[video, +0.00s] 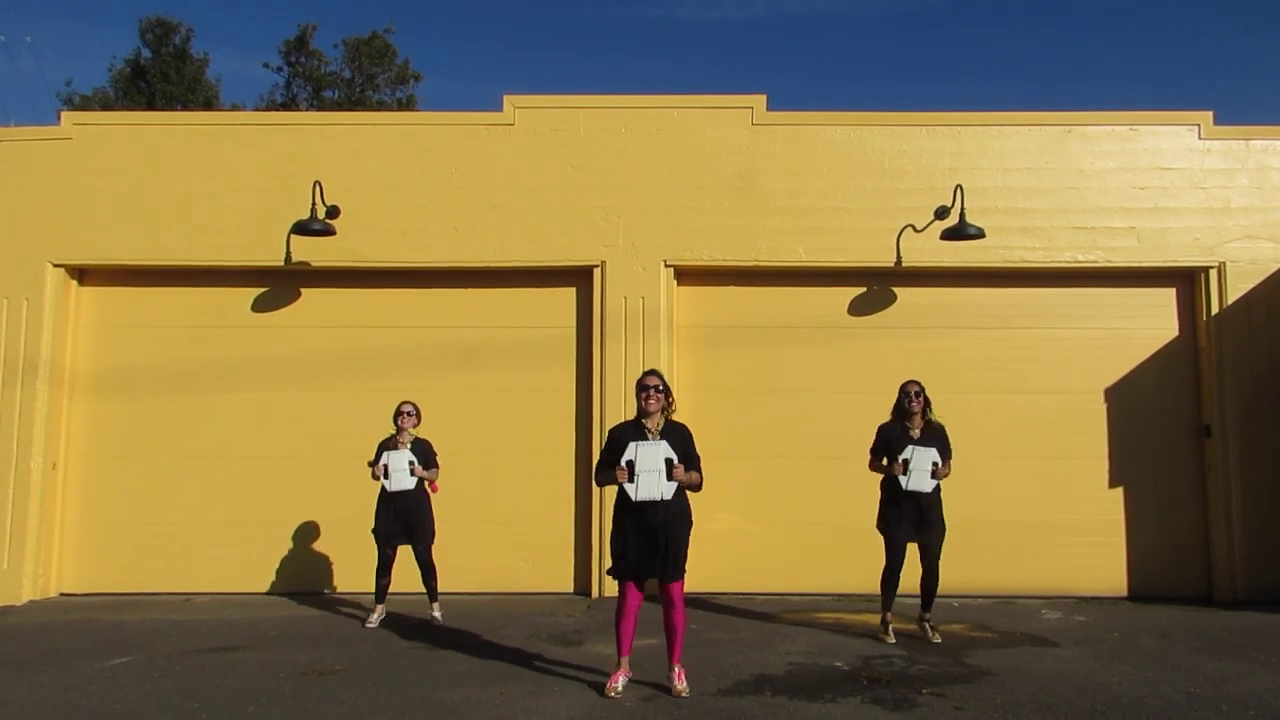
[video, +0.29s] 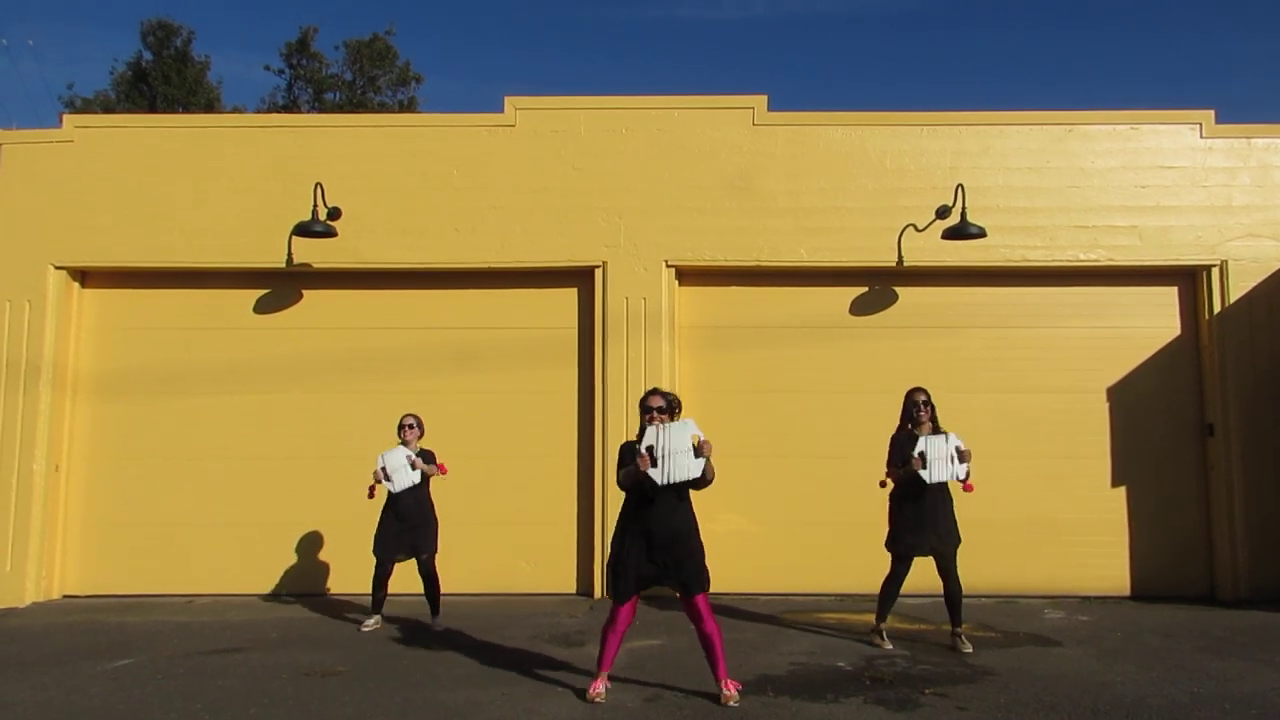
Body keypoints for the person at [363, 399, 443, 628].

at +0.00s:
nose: (404, 418)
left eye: (410, 414)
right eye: (401, 414)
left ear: (417, 419)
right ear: (395, 418)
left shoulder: (423, 445)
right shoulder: (385, 445)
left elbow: (434, 474)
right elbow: (376, 475)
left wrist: (422, 473)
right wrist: (377, 471)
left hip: (417, 509)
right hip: (389, 508)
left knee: (424, 557)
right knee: (385, 558)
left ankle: (434, 605)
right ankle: (379, 607)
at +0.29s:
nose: (406, 430)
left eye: (411, 426)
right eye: (402, 428)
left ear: (420, 430)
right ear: (399, 433)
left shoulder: (426, 455)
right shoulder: (391, 458)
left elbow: (433, 471)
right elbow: (380, 476)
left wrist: (421, 466)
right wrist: (379, 477)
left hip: (422, 518)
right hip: (393, 518)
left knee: (426, 567)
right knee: (383, 566)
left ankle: (435, 617)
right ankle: (376, 615)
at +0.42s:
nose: (413, 417)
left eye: (418, 413)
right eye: (408, 414)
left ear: (426, 418)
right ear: (402, 419)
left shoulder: (432, 441)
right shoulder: (396, 446)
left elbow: (439, 449)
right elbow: (385, 473)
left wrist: (430, 435)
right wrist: (372, 485)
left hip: (428, 505)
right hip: (399, 505)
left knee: (431, 557)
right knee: (386, 554)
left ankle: (439, 610)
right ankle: (376, 600)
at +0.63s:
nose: (423, 424)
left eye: (426, 420)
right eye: (418, 421)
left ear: (432, 424)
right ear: (411, 426)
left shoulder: (440, 445)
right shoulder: (404, 453)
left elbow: (454, 424)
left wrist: (458, 403)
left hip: (437, 509)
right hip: (409, 509)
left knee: (436, 563)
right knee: (381, 554)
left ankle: (442, 615)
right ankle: (408, 527)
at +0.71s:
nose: (418, 418)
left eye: (422, 414)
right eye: (414, 415)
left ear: (429, 418)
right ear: (407, 420)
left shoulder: (436, 440)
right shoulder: (402, 448)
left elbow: (450, 432)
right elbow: (391, 477)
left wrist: (449, 414)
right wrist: (373, 494)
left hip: (434, 505)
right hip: (406, 505)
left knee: (437, 558)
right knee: (381, 550)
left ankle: (445, 612)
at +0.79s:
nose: (413, 418)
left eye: (418, 415)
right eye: (409, 415)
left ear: (427, 418)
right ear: (404, 420)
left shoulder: (435, 439)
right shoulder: (400, 447)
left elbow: (443, 445)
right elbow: (389, 469)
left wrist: (429, 439)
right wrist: (378, 480)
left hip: (432, 504)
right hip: (404, 504)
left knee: (436, 556)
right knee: (385, 552)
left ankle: (447, 609)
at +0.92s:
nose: (412, 431)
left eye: (417, 427)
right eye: (408, 428)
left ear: (424, 432)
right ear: (403, 432)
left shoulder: (430, 457)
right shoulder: (396, 457)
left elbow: (439, 476)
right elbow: (385, 484)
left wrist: (427, 472)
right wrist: (380, 474)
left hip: (428, 516)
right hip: (400, 515)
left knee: (433, 569)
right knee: (389, 567)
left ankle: (448, 616)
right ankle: (389, 615)